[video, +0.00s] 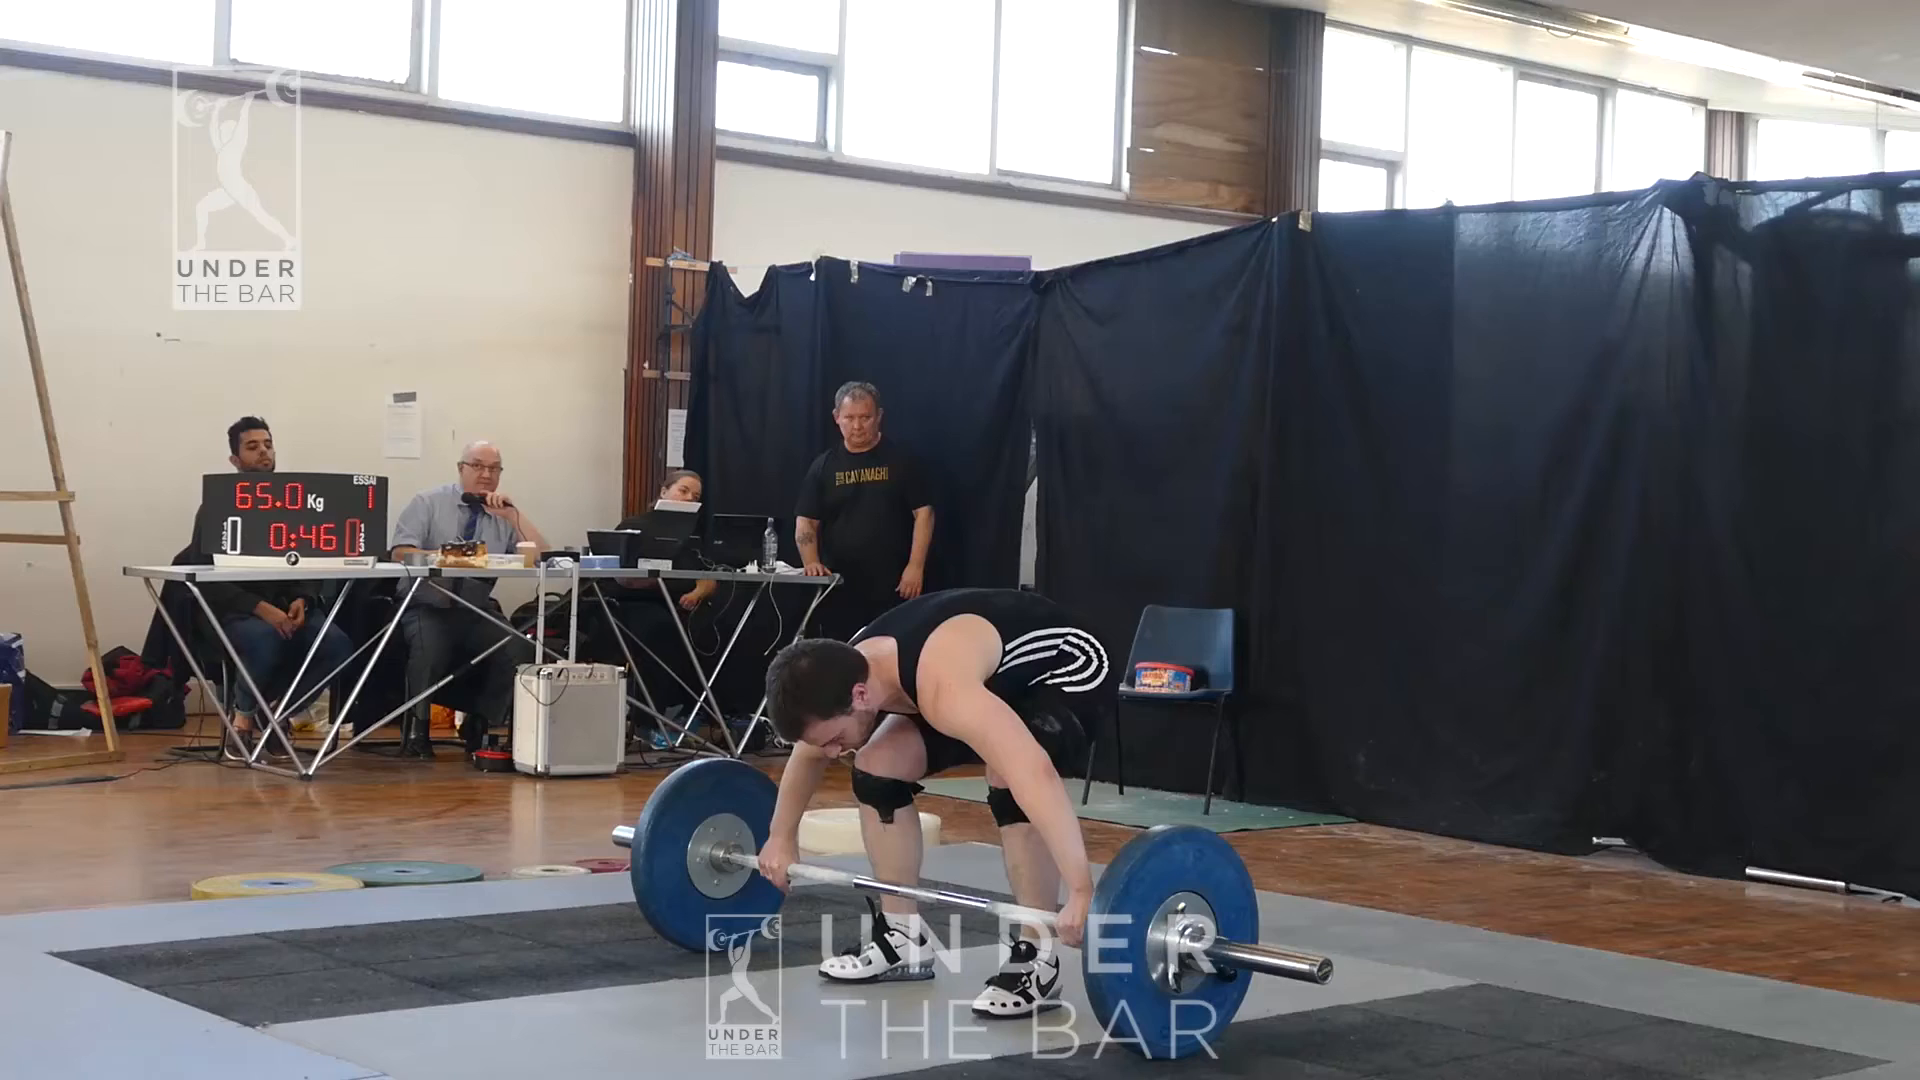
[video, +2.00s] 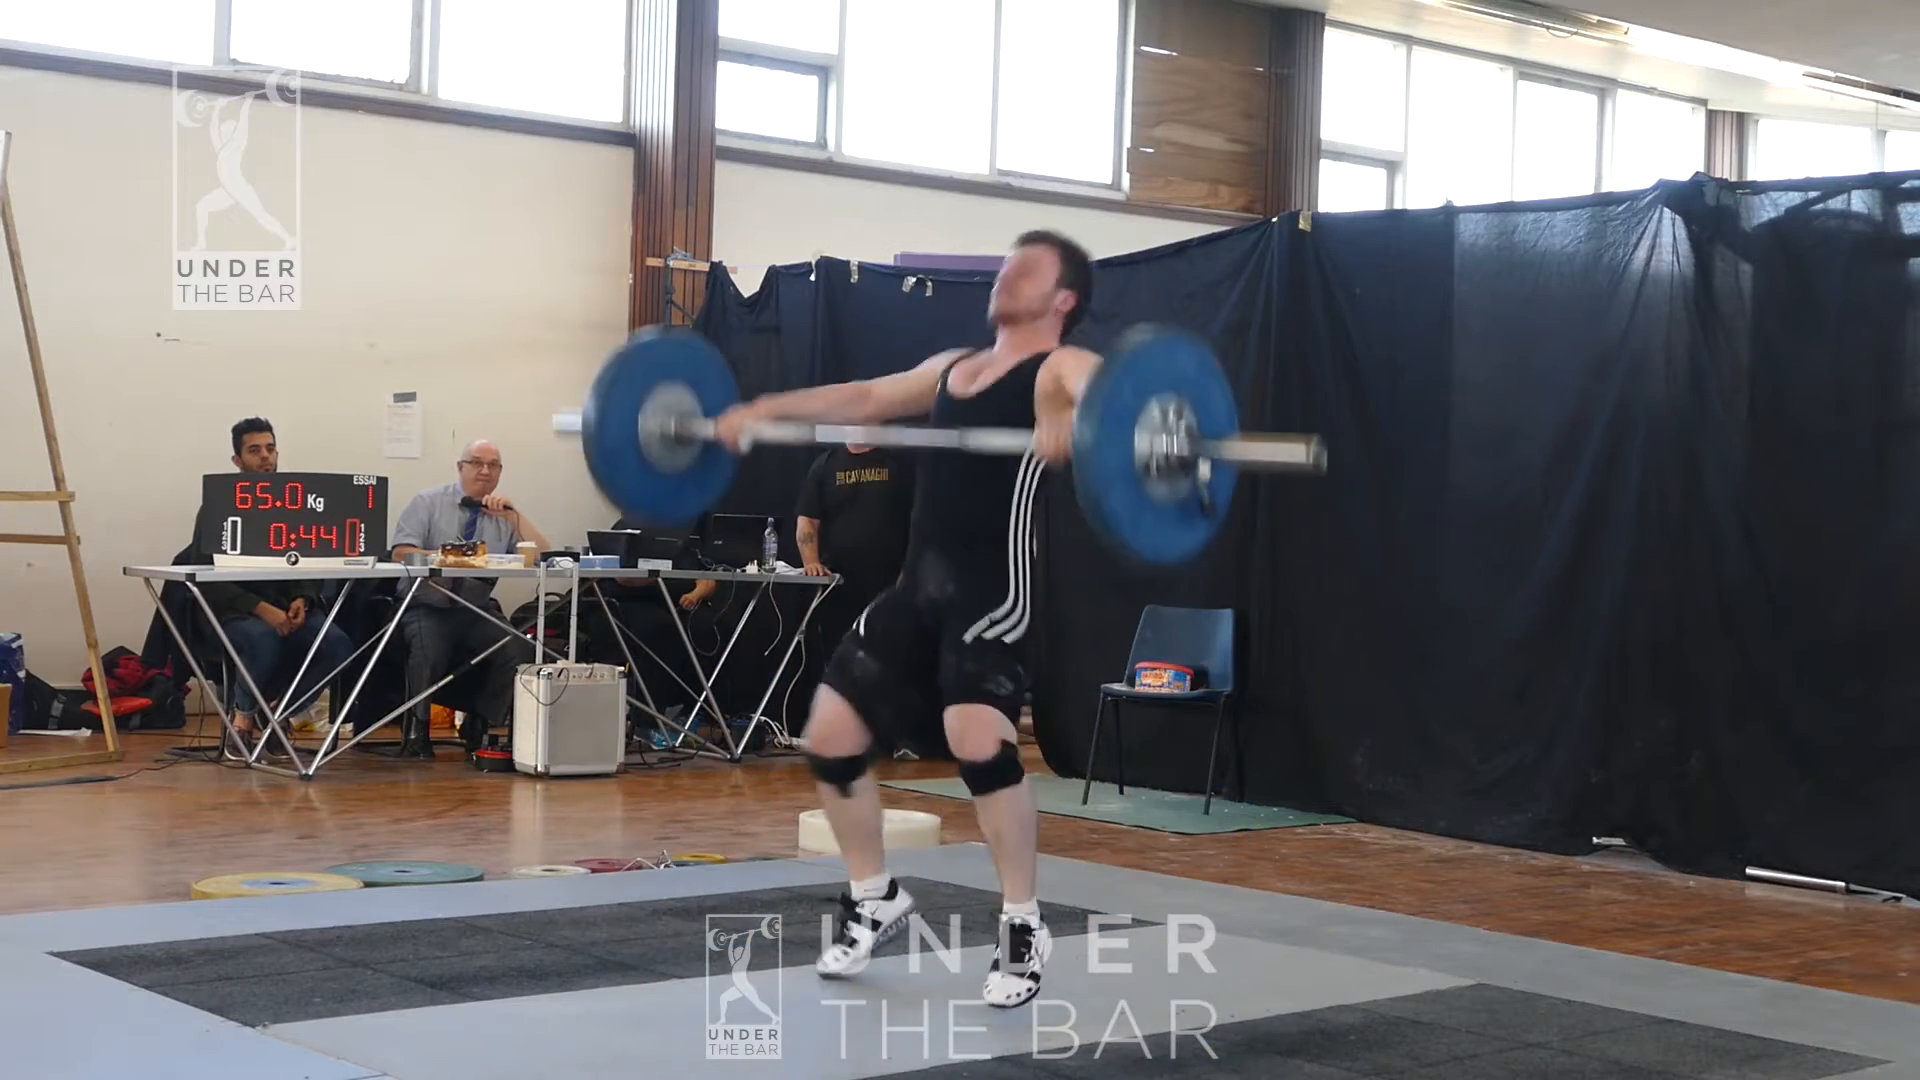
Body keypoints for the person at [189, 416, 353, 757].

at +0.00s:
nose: (263, 451)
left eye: (268, 444)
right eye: (253, 446)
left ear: (274, 450)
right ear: (235, 459)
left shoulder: (291, 495)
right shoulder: (219, 503)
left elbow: (312, 555)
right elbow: (205, 575)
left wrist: (302, 599)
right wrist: (261, 608)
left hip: (288, 606)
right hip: (238, 607)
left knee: (338, 646)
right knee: (265, 641)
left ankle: (277, 717)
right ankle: (242, 720)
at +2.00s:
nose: (265, 455)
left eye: (270, 448)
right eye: (255, 450)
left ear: (277, 452)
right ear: (238, 460)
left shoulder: (292, 496)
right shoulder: (220, 504)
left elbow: (310, 555)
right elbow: (205, 576)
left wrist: (302, 598)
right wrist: (261, 608)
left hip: (286, 606)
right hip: (236, 607)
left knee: (337, 644)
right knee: (264, 641)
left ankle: (278, 716)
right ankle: (242, 720)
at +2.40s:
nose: (266, 456)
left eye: (271, 448)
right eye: (256, 450)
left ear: (278, 452)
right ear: (238, 460)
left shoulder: (292, 497)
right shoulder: (221, 504)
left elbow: (310, 556)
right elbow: (205, 576)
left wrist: (302, 598)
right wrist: (260, 608)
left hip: (286, 607)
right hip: (237, 607)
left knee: (337, 644)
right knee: (264, 642)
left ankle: (278, 717)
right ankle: (241, 721)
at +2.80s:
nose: (267, 456)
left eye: (271, 448)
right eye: (256, 449)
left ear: (278, 453)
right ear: (239, 459)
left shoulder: (293, 498)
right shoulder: (221, 504)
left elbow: (311, 556)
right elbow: (205, 575)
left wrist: (303, 598)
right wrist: (260, 607)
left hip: (287, 607)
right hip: (237, 608)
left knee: (336, 644)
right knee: (264, 641)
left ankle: (279, 717)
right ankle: (242, 719)